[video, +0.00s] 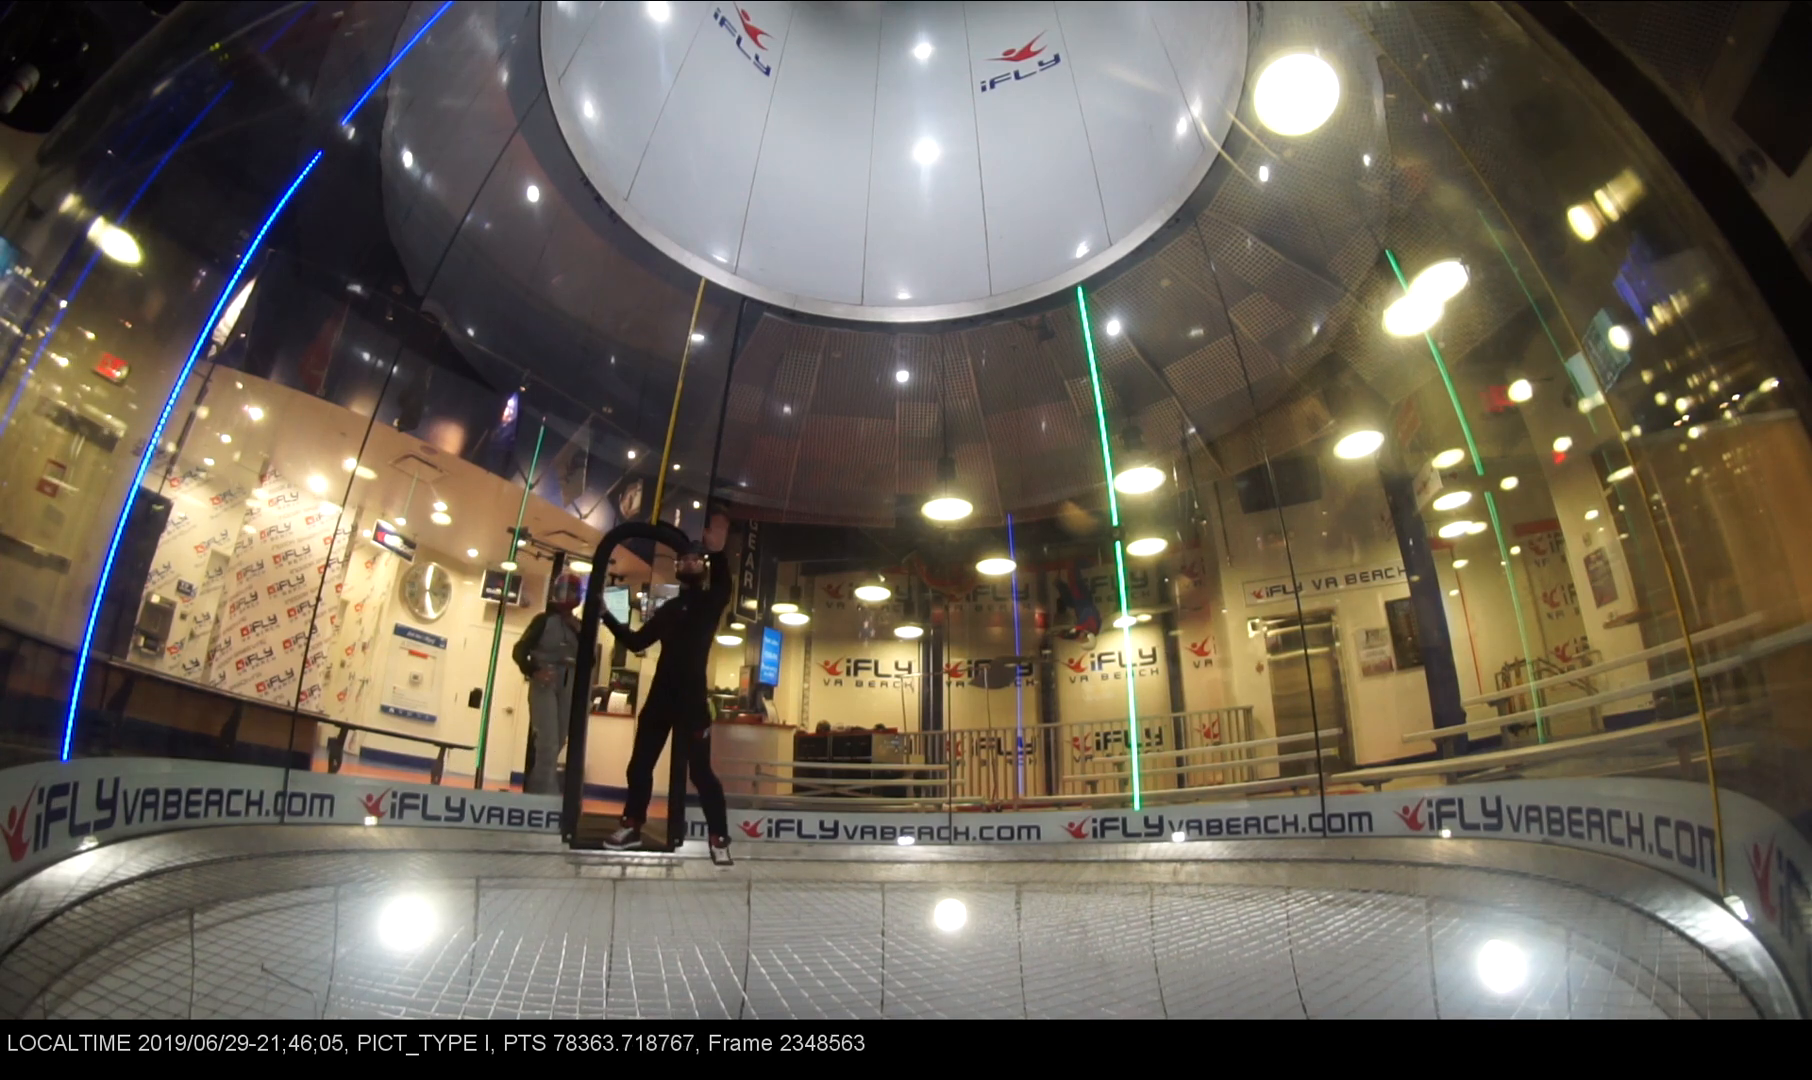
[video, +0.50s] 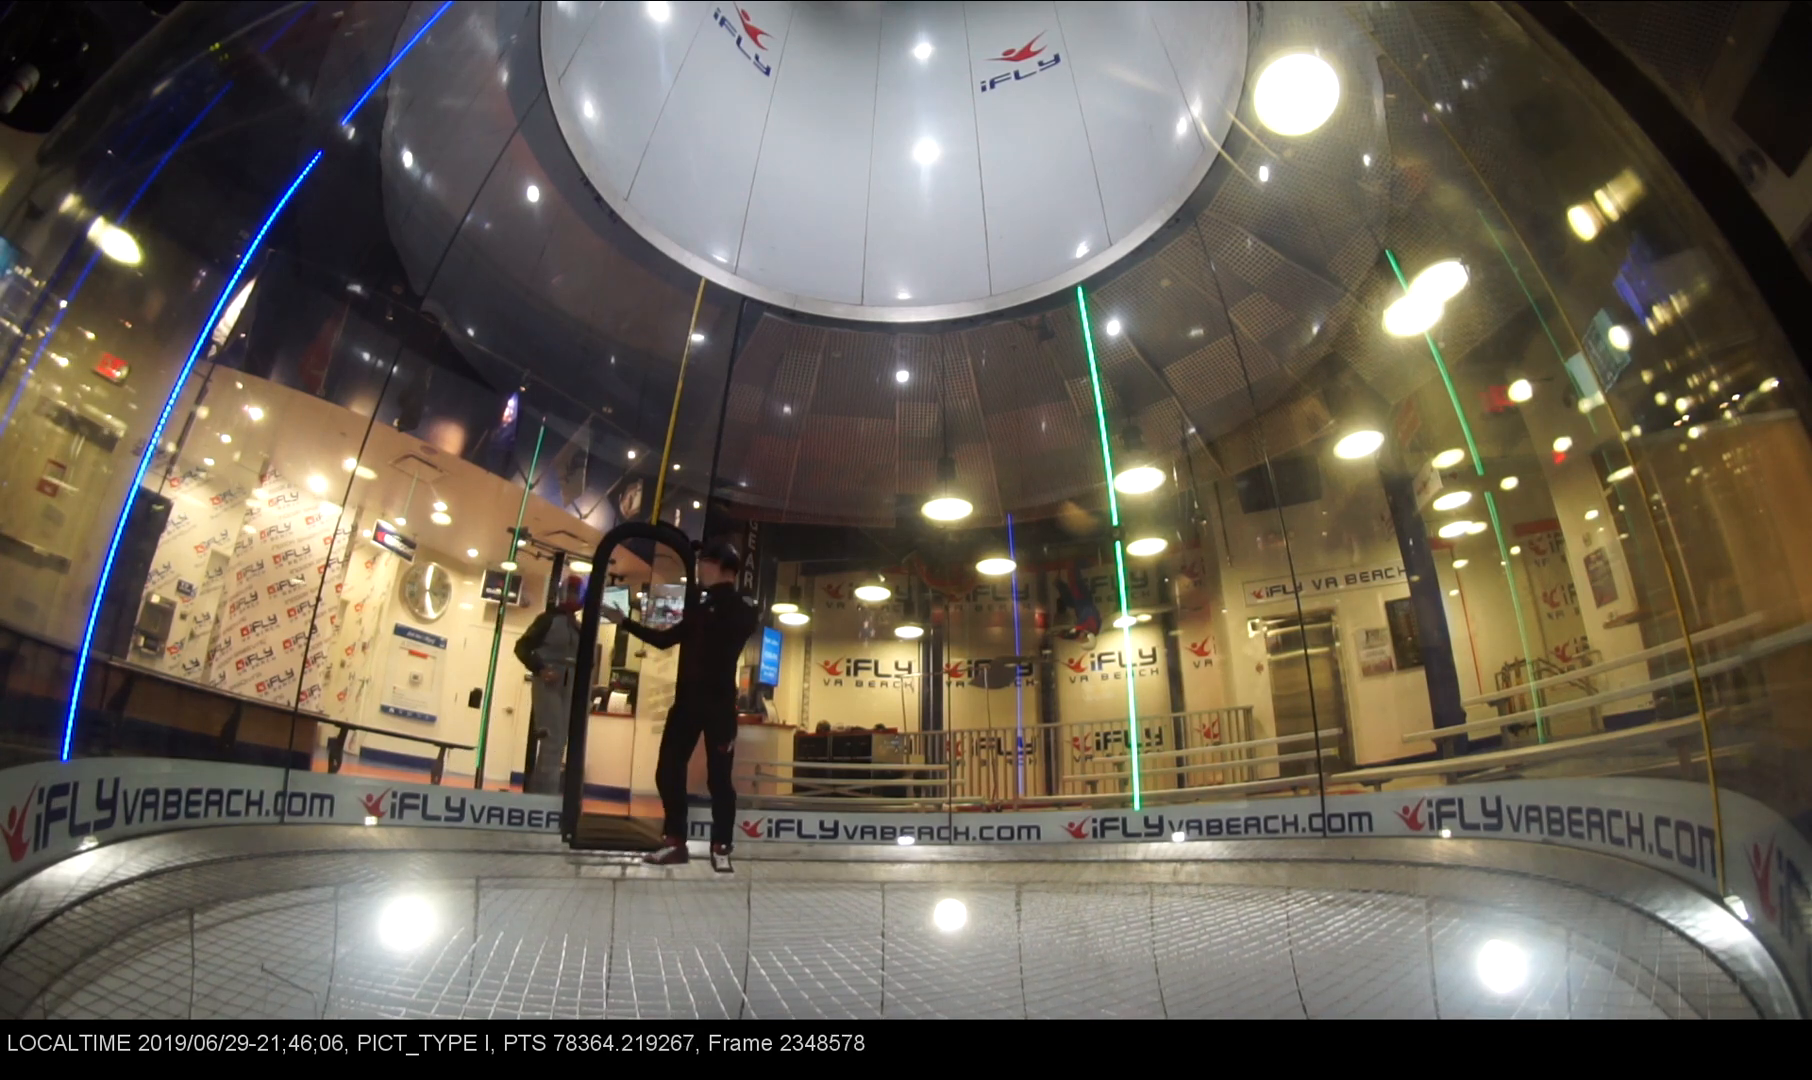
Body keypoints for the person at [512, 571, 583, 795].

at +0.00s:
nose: (568, 596)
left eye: (573, 592)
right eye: (564, 590)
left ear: (578, 597)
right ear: (556, 593)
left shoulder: (580, 627)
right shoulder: (543, 621)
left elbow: (590, 659)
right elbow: (519, 651)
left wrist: (582, 633)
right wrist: (533, 671)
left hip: (569, 686)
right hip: (544, 682)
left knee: (559, 739)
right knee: (547, 740)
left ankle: (538, 790)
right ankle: (544, 795)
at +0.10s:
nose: (568, 596)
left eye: (573, 591)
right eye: (564, 590)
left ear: (579, 597)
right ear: (556, 593)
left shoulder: (580, 626)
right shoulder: (544, 620)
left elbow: (591, 660)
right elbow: (519, 650)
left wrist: (583, 633)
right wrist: (532, 671)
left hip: (570, 686)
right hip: (545, 683)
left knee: (559, 739)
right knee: (547, 740)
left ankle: (538, 790)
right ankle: (544, 796)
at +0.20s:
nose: (570, 595)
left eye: (575, 591)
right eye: (566, 590)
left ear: (580, 597)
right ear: (557, 592)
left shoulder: (580, 627)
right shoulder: (545, 620)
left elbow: (591, 660)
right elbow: (519, 649)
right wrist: (533, 670)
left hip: (570, 686)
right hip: (545, 683)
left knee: (559, 739)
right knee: (548, 741)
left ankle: (539, 791)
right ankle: (544, 795)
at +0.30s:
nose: (572, 596)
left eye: (576, 592)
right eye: (569, 591)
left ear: (581, 597)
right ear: (559, 593)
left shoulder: (579, 627)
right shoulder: (546, 620)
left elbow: (589, 660)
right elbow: (519, 648)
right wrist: (534, 669)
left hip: (570, 685)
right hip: (546, 682)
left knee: (560, 739)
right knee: (549, 740)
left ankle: (541, 791)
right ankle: (544, 794)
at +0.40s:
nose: (575, 597)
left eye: (578, 593)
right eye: (571, 591)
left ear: (582, 596)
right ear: (562, 593)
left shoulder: (578, 626)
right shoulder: (548, 619)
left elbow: (586, 655)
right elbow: (520, 648)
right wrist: (537, 669)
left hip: (569, 685)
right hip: (548, 682)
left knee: (559, 739)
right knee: (552, 739)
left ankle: (544, 793)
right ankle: (542, 795)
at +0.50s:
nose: (576, 597)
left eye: (578, 592)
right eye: (572, 591)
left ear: (582, 596)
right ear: (563, 593)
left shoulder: (577, 625)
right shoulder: (549, 619)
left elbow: (587, 656)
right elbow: (522, 647)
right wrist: (540, 668)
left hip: (570, 684)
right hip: (549, 682)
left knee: (559, 739)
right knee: (553, 738)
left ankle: (548, 794)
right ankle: (543, 795)